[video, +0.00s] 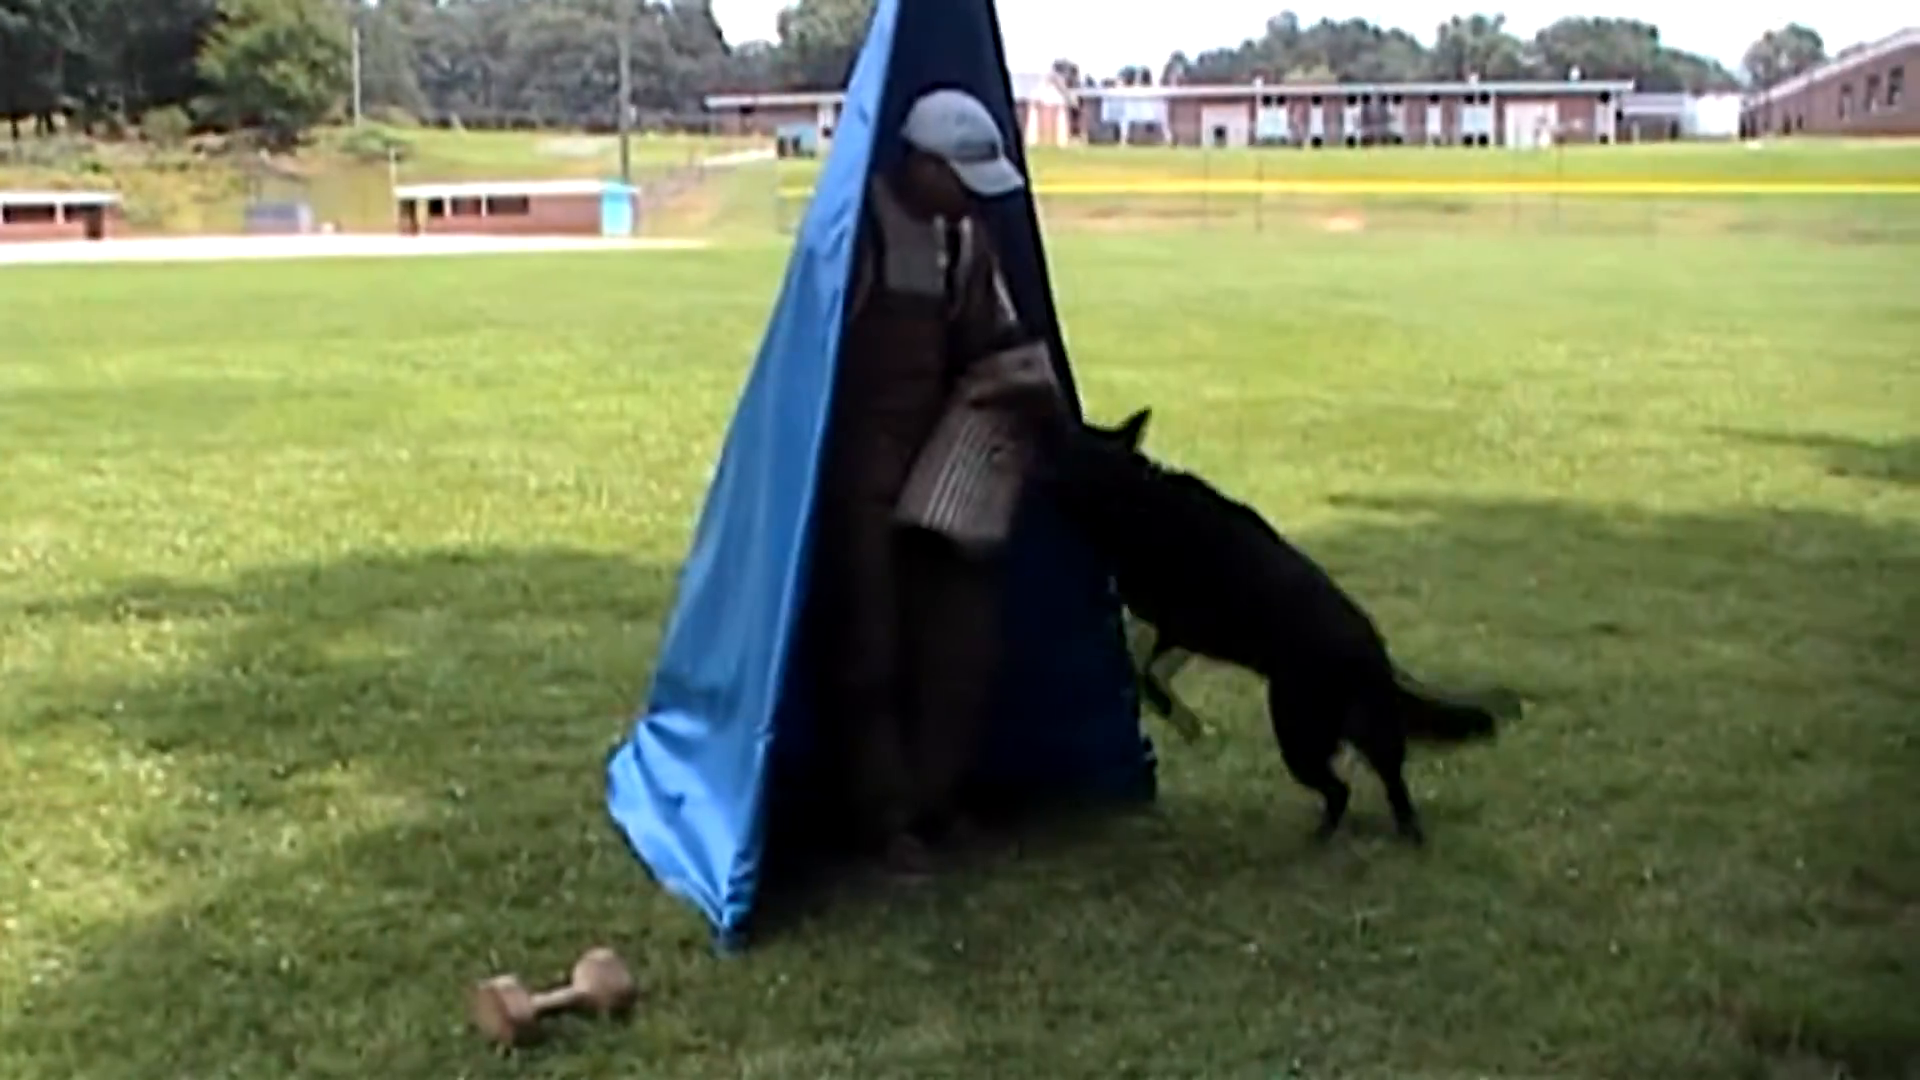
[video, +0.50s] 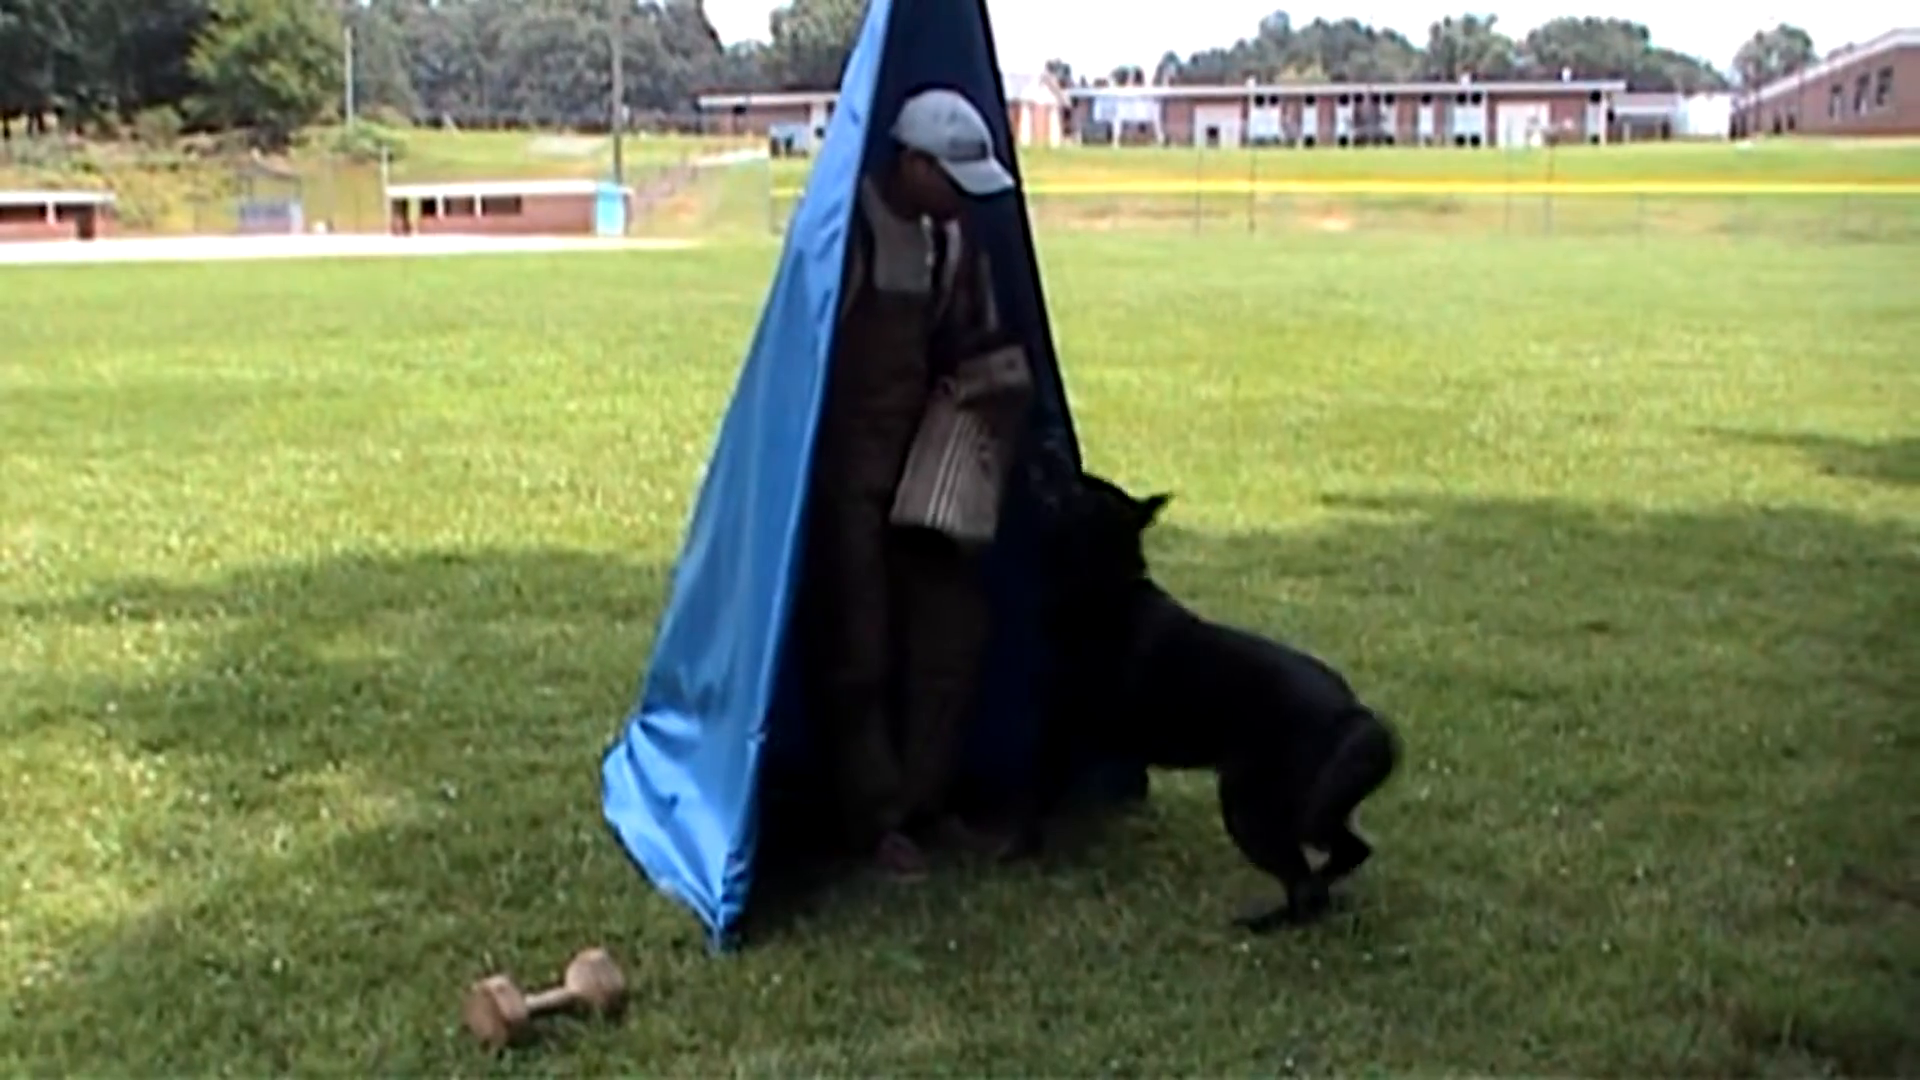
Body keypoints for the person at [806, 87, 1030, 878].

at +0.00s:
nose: (969, 197)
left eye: (976, 182)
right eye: (960, 179)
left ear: (967, 173)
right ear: (916, 163)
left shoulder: (969, 242)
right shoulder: (850, 239)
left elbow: (1005, 351)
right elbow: (808, 368)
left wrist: (1015, 378)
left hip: (948, 478)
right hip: (858, 483)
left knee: (951, 638)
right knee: (873, 647)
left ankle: (938, 804)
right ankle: (882, 821)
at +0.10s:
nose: (968, 196)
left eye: (975, 182)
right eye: (959, 179)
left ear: (966, 173)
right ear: (916, 164)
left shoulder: (972, 241)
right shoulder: (850, 239)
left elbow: (993, 349)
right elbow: (814, 369)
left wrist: (1010, 367)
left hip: (949, 476)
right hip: (861, 480)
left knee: (951, 637)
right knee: (873, 647)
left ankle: (936, 803)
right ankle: (882, 820)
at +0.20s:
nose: (966, 199)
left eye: (973, 186)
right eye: (957, 183)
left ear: (966, 175)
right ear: (916, 165)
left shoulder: (969, 244)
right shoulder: (848, 241)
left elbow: (982, 354)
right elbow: (815, 373)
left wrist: (1005, 371)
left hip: (948, 477)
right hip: (860, 480)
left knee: (947, 637)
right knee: (873, 648)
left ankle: (935, 804)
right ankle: (882, 821)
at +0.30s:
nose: (957, 199)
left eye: (964, 185)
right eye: (948, 182)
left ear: (955, 175)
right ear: (906, 162)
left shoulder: (958, 240)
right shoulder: (839, 237)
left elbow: (986, 353)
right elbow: (801, 364)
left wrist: (995, 373)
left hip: (935, 478)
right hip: (848, 479)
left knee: (940, 640)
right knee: (861, 650)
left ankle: (929, 804)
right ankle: (873, 820)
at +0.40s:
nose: (957, 199)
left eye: (964, 186)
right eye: (949, 182)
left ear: (953, 174)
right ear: (906, 162)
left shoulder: (955, 243)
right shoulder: (836, 239)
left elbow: (982, 354)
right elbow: (799, 369)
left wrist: (992, 375)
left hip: (932, 481)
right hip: (845, 483)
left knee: (937, 641)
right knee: (860, 651)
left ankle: (927, 806)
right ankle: (873, 822)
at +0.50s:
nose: (959, 200)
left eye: (967, 186)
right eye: (951, 183)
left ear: (957, 175)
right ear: (908, 163)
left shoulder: (960, 245)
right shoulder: (839, 239)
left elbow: (996, 359)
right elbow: (801, 368)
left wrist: (992, 378)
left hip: (937, 484)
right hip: (847, 485)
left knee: (944, 640)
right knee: (862, 652)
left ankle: (929, 807)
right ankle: (876, 824)